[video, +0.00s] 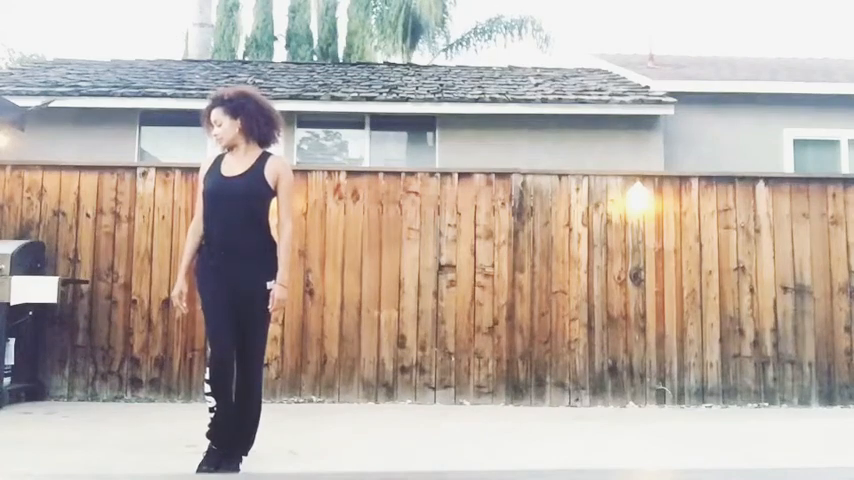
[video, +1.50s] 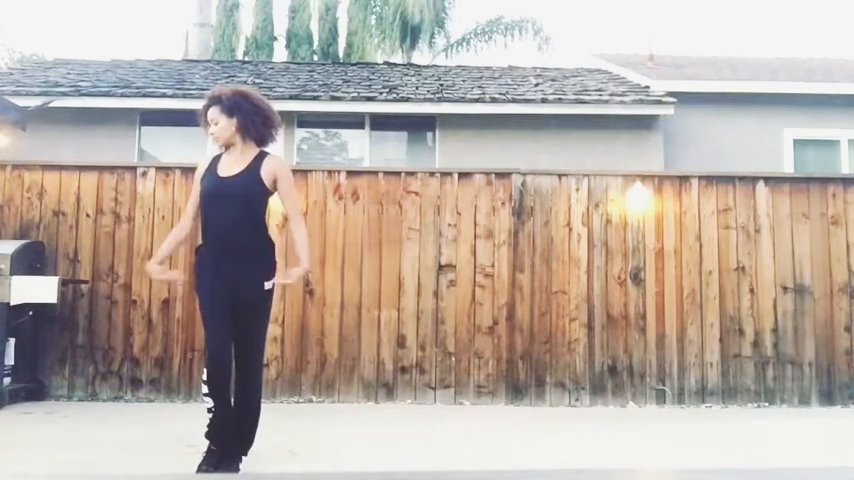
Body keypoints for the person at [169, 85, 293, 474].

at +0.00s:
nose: (213, 131)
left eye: (218, 123)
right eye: (211, 125)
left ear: (243, 120)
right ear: (217, 127)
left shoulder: (275, 164)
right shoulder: (212, 164)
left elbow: (286, 225)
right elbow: (199, 223)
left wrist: (282, 279)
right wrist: (181, 275)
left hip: (255, 272)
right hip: (213, 270)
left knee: (249, 360)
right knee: (221, 354)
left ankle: (238, 448)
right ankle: (220, 443)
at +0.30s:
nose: (211, 131)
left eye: (217, 123)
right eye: (209, 125)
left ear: (241, 121)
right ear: (215, 127)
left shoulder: (273, 164)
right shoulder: (210, 165)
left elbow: (284, 226)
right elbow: (198, 224)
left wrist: (278, 279)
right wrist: (181, 275)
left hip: (254, 274)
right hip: (212, 272)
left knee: (248, 361)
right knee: (219, 355)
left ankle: (238, 449)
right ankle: (219, 444)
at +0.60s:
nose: (210, 131)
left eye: (216, 123)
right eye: (208, 125)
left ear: (240, 121)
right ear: (214, 127)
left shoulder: (272, 164)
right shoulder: (210, 166)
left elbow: (284, 227)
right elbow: (198, 224)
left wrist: (276, 280)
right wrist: (184, 276)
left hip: (253, 272)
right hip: (211, 271)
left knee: (248, 361)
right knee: (218, 355)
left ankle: (238, 448)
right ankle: (219, 444)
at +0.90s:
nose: (209, 131)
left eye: (214, 123)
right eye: (207, 125)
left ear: (238, 120)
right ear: (214, 127)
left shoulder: (271, 164)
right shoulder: (209, 165)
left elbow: (283, 227)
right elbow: (197, 224)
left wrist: (275, 280)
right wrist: (183, 276)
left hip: (253, 271)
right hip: (210, 269)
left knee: (248, 360)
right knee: (217, 355)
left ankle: (238, 448)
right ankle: (218, 445)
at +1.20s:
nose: (209, 130)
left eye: (214, 122)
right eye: (206, 124)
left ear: (238, 119)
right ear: (210, 126)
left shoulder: (271, 163)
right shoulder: (209, 165)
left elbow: (283, 224)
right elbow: (195, 226)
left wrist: (273, 273)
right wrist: (184, 279)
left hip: (252, 273)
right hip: (210, 271)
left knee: (248, 362)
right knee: (217, 356)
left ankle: (237, 449)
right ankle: (218, 444)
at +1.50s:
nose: (209, 130)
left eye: (215, 122)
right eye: (207, 124)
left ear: (238, 120)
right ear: (217, 125)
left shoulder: (272, 163)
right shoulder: (210, 165)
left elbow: (294, 217)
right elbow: (188, 220)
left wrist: (303, 264)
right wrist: (157, 257)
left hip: (255, 273)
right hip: (212, 270)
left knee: (248, 360)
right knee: (217, 355)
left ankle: (237, 449)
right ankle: (218, 445)